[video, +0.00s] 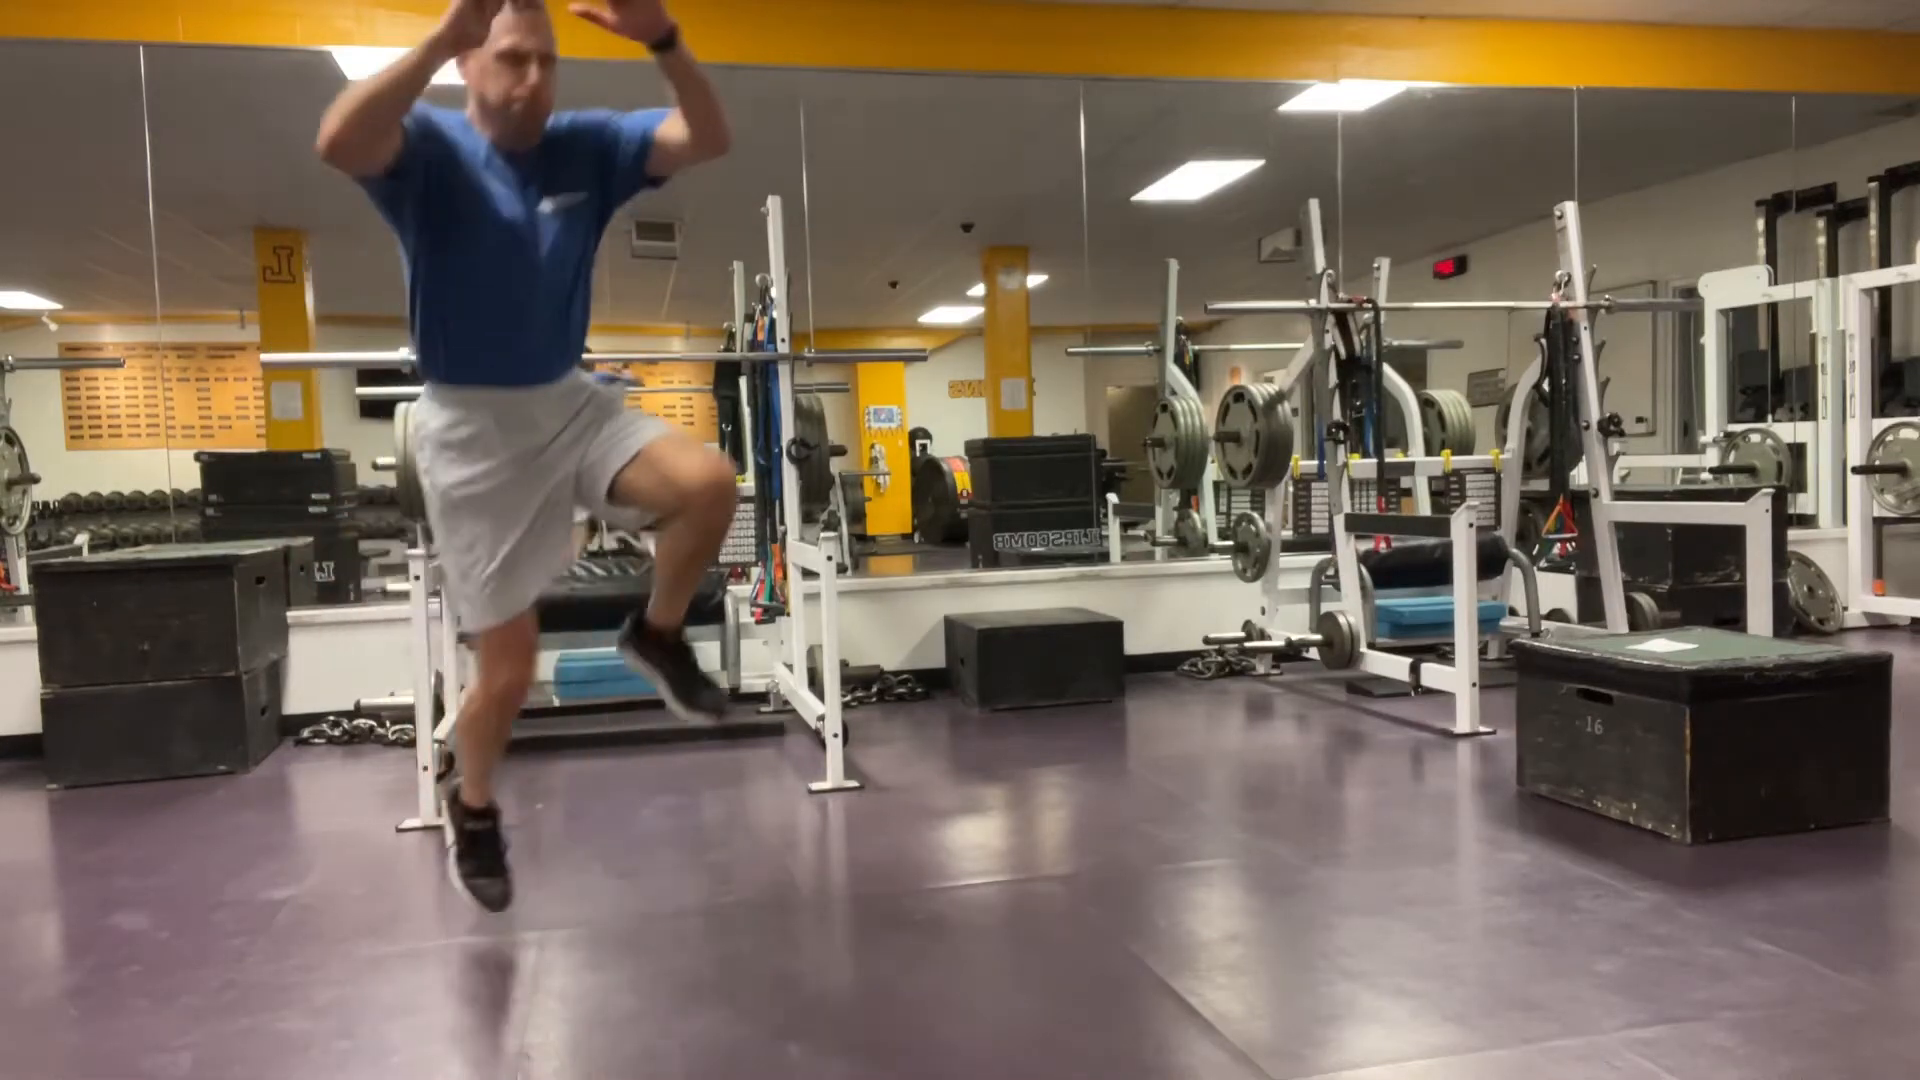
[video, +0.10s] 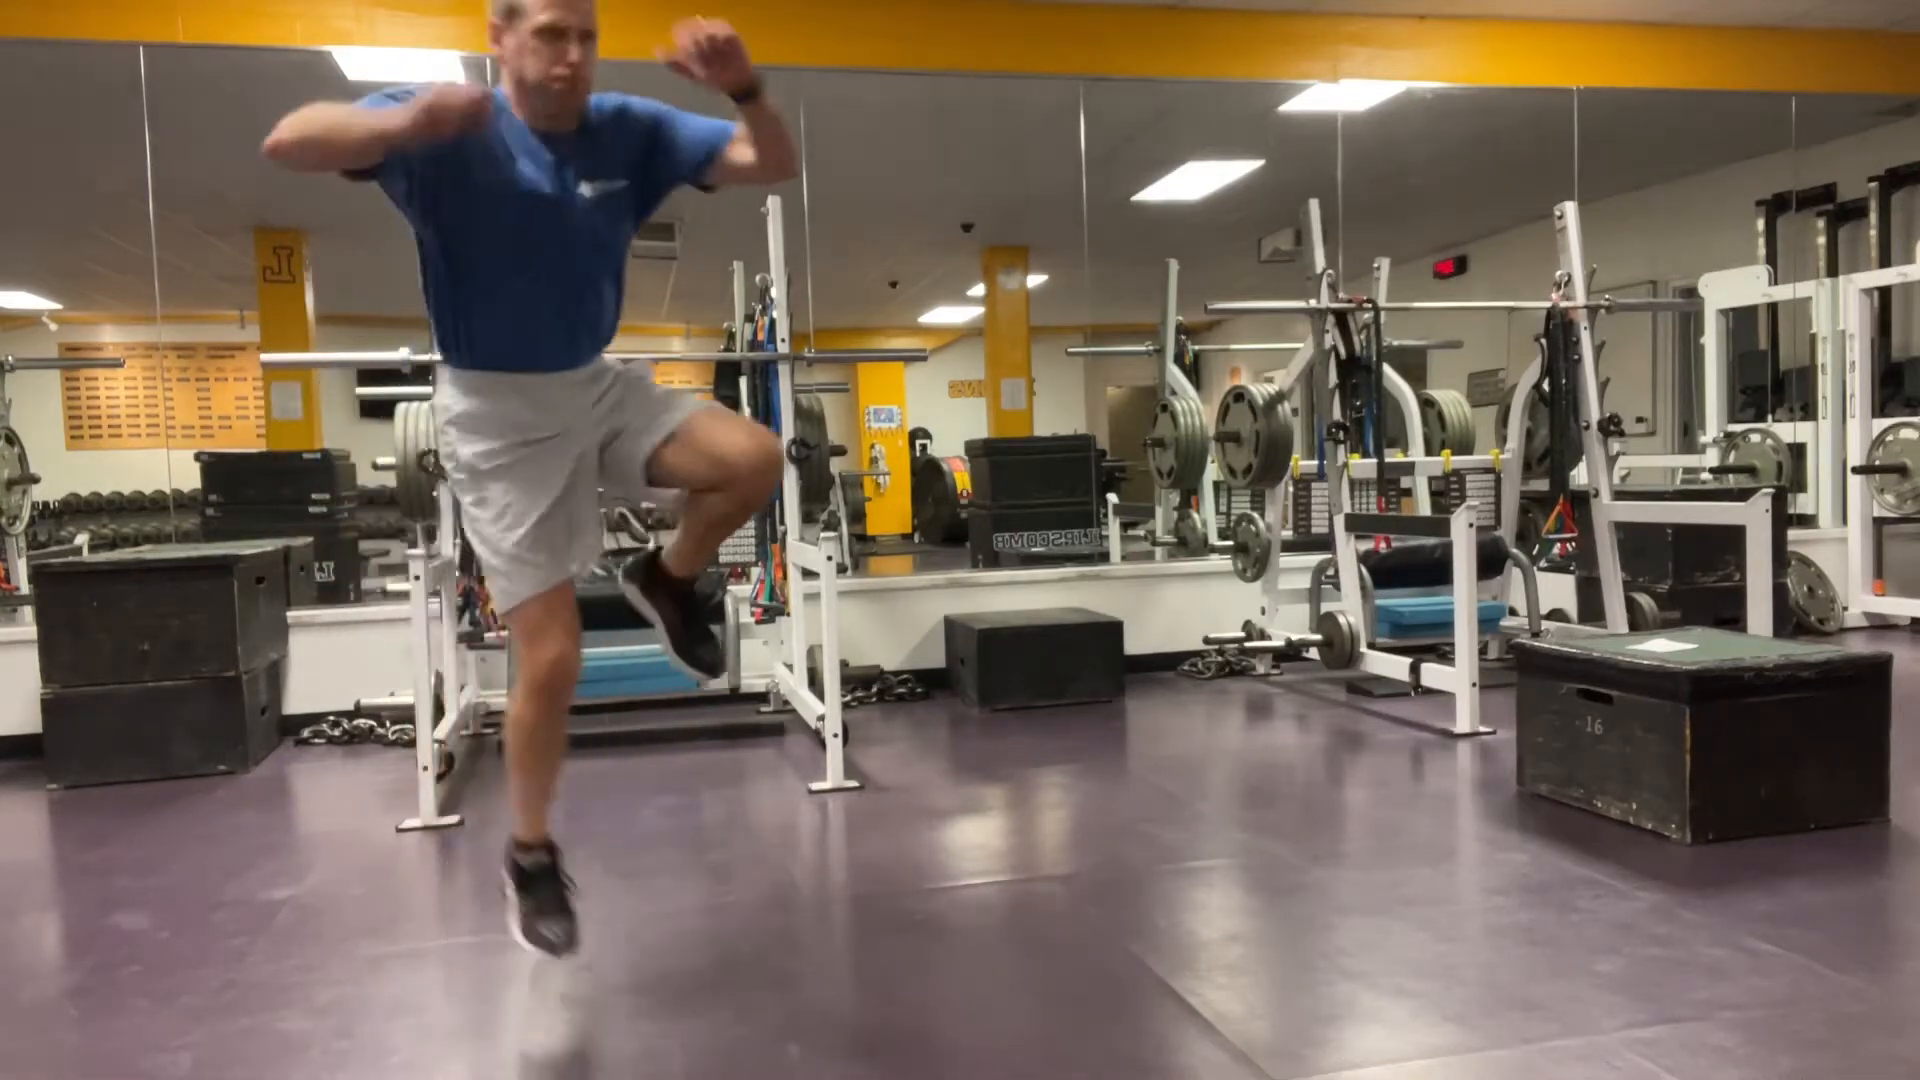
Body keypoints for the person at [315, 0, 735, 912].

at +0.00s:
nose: (529, 78)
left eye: (542, 62)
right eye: (510, 60)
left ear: (558, 71)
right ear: (467, 67)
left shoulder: (586, 147)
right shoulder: (428, 146)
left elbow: (708, 136)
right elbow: (340, 144)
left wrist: (666, 45)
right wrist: (442, 39)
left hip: (570, 406)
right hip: (471, 429)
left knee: (706, 485)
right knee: (508, 670)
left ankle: (658, 634)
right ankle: (475, 811)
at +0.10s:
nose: (569, 58)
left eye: (582, 38)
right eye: (547, 36)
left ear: (598, 46)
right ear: (499, 43)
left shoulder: (630, 130)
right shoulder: (446, 129)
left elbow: (774, 163)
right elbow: (286, 140)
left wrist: (745, 91)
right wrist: (405, 125)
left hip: (602, 389)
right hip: (496, 419)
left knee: (753, 461)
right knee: (551, 660)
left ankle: (671, 579)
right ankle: (533, 856)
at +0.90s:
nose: (1110, 104)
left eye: (1117, 85)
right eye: (1092, 83)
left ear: (1114, 91)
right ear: (1030, 81)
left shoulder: (1111, 175)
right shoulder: (961, 162)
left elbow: (1209, 191)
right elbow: (807, 157)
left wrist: (1307, 218)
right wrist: (886, 226)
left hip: (1049, 453)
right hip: (953, 463)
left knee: (1212, 531)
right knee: (978, 706)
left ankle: (1117, 667)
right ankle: (809, 907)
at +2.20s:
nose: (1339, 213)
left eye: (1347, 196)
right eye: (1323, 194)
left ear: (1348, 202)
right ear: (1270, 194)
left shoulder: (1290, 298)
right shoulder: (1206, 294)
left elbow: (1265, 432)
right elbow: (1173, 456)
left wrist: (1279, 527)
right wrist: (1222, 584)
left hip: (1218, 498)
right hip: (1151, 500)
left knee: (1313, 651)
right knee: (1262, 679)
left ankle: (1271, 824)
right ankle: (1252, 892)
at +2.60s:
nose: (1061, 189)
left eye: (1069, 173)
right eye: (1042, 174)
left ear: (1078, 182)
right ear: (996, 182)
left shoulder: (1075, 290)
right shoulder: (953, 289)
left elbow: (1103, 410)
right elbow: (896, 421)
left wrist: (1155, 494)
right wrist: (912, 540)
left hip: (1061, 499)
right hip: (995, 500)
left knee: (1055, 699)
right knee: (1104, 687)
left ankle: (967, 846)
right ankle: (1195, 876)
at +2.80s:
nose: (929, 163)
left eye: (937, 147)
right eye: (909, 150)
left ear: (952, 155)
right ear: (872, 161)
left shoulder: (971, 259)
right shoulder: (843, 269)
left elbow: (1007, 367)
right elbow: (823, 410)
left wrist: (1070, 435)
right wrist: (895, 502)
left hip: (968, 467)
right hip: (894, 471)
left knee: (988, 667)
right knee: (958, 668)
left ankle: (963, 848)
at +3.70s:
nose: (544, 238)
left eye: (559, 220)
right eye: (529, 221)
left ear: (584, 213)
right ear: (505, 212)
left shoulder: (618, 292)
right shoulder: (455, 295)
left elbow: (669, 390)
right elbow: (408, 405)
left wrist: (714, 467)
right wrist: (389, 519)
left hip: (583, 496)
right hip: (496, 493)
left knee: (563, 675)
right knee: (540, 671)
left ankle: (532, 837)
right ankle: (544, 856)